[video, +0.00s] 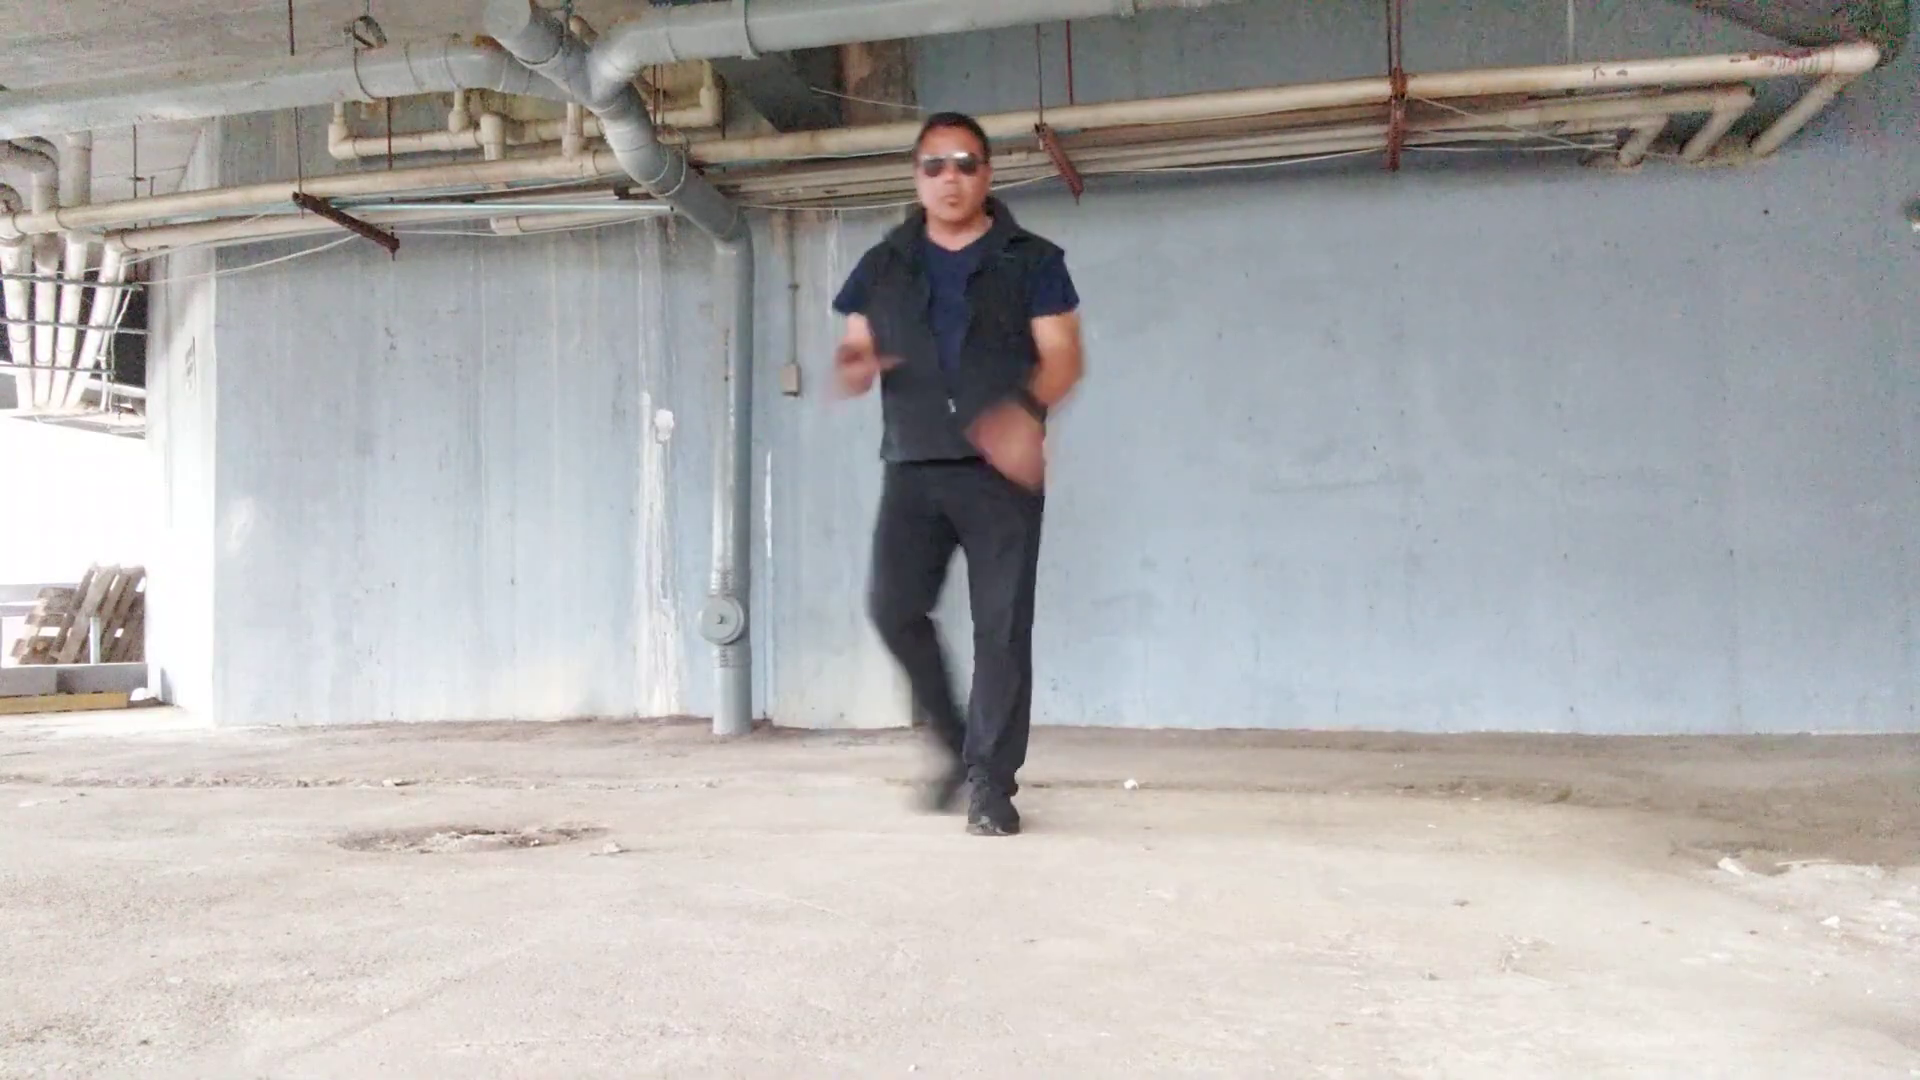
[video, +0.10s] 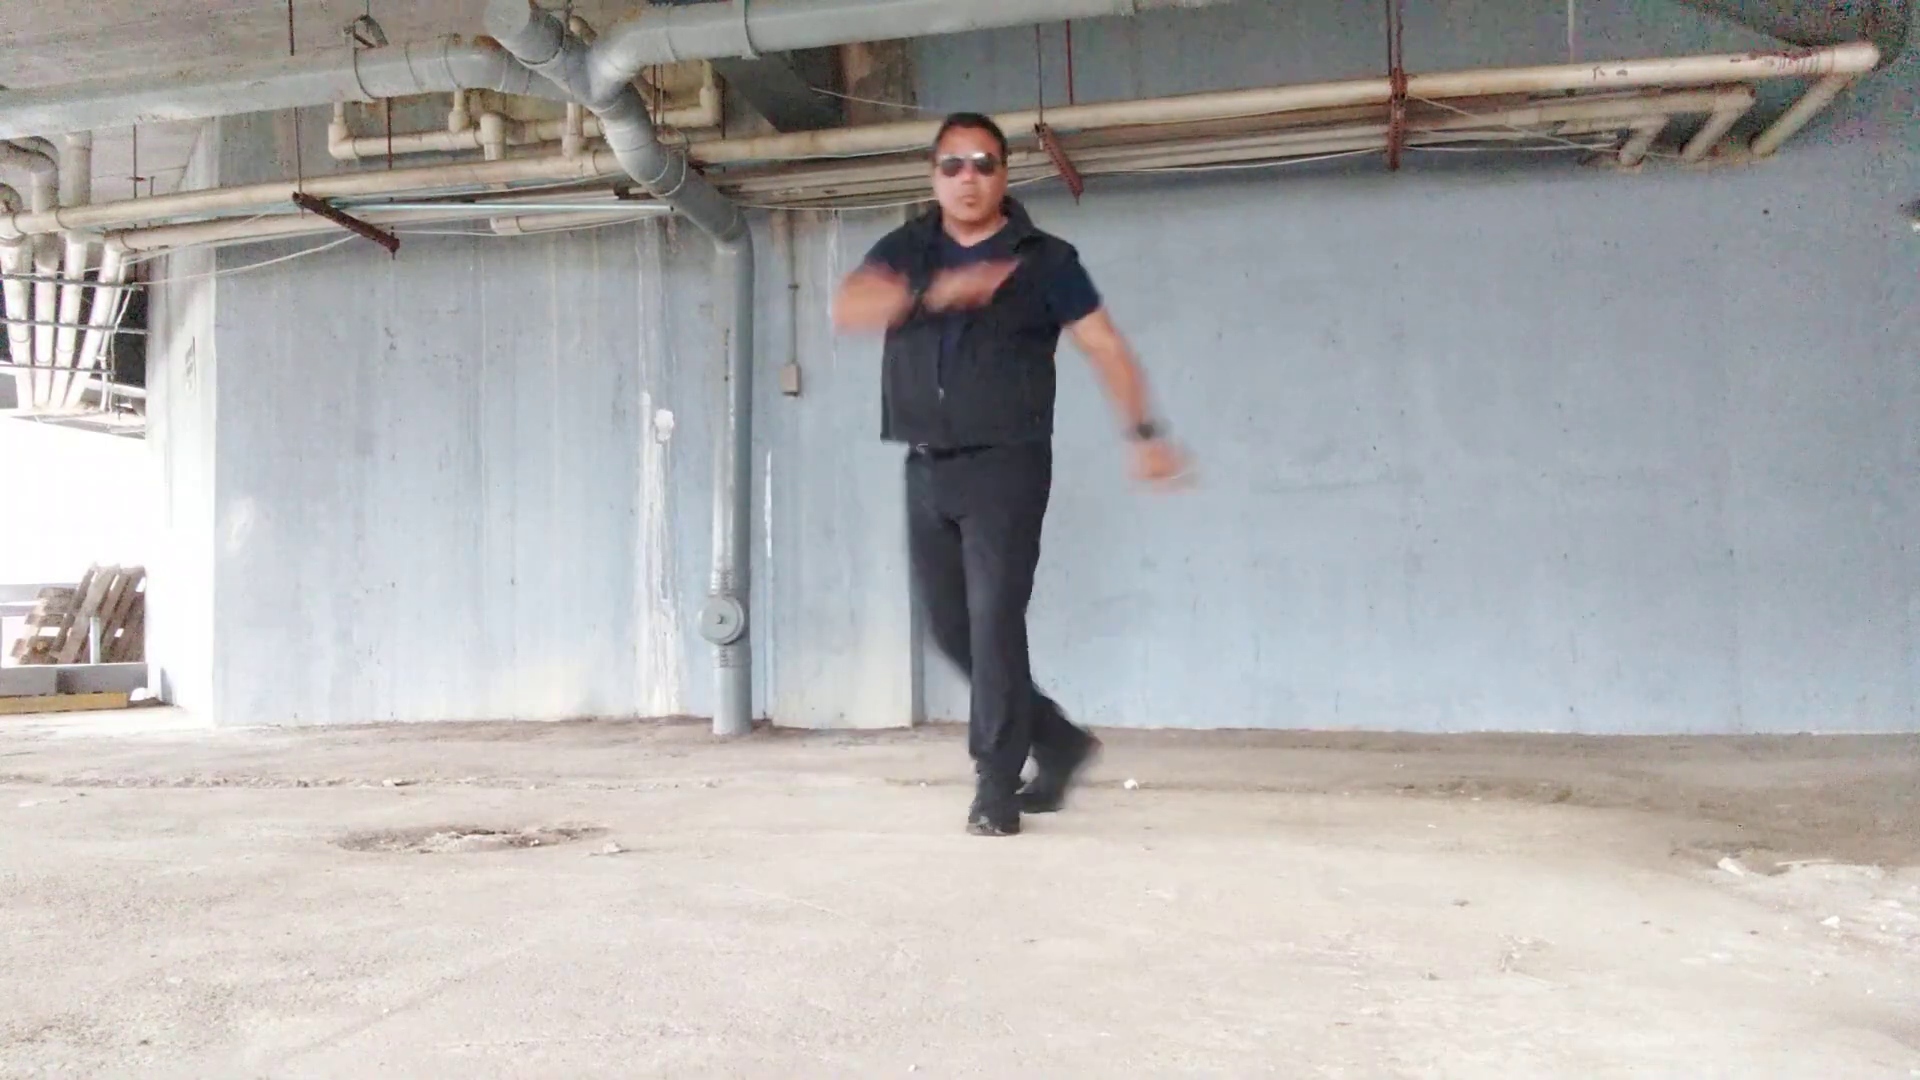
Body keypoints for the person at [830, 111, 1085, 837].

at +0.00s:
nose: (950, 177)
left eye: (965, 165)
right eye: (935, 166)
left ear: (987, 177)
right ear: (915, 180)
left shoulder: (1032, 260)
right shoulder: (885, 263)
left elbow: (1062, 359)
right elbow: (857, 362)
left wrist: (1027, 412)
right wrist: (853, 370)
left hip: (1001, 473)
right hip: (914, 472)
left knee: (1001, 629)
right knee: (894, 608)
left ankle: (992, 781)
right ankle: (961, 745)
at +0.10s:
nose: (967, 177)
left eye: (983, 165)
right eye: (953, 165)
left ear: (1004, 176)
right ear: (933, 175)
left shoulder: (1043, 257)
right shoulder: (908, 249)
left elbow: (1104, 345)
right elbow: (847, 310)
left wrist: (1143, 431)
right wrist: (934, 292)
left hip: (1006, 464)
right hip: (928, 466)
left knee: (992, 618)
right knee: (949, 624)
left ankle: (997, 789)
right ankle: (1059, 739)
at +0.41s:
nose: (1000, 185)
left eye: (1015, 172)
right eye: (985, 171)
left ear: (1035, 182)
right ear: (960, 180)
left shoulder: (1072, 264)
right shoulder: (922, 260)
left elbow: (1124, 351)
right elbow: (882, 354)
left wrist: (1172, 428)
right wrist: (942, 349)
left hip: (1032, 467)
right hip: (946, 473)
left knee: (1032, 613)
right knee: (926, 614)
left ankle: (1063, 771)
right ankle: (1022, 729)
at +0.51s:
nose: (1029, 180)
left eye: (1038, 166)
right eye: (1011, 167)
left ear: (1049, 173)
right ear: (971, 176)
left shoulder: (1071, 256)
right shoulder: (926, 249)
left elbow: (1103, 353)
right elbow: (872, 336)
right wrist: (885, 373)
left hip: (1034, 470)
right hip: (944, 470)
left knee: (1045, 617)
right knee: (914, 599)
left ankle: (1062, 780)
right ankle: (944, 769)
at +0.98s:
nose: (900, 192)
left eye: (916, 177)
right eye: (888, 178)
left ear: (952, 173)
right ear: (876, 177)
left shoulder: (1001, 240)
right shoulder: (858, 250)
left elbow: (1079, 315)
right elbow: (837, 360)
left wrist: (1076, 316)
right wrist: (922, 337)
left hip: (970, 465)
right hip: (878, 468)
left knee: (979, 615)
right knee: (876, 619)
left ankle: (929, 735)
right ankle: (904, 780)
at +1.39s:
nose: (939, 186)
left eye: (953, 171)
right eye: (922, 172)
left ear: (975, 176)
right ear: (899, 180)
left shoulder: (1018, 252)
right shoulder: (865, 261)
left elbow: (1053, 353)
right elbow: (831, 367)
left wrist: (1032, 361)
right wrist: (882, 385)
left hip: (986, 472)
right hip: (893, 478)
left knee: (1011, 579)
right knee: (881, 626)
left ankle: (950, 645)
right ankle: (906, 782)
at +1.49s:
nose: (949, 172)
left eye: (962, 157)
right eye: (931, 160)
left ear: (980, 164)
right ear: (905, 169)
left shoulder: (1027, 242)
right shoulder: (881, 244)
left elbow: (1083, 330)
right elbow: (841, 333)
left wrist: (1079, 404)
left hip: (1002, 451)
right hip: (907, 460)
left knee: (1037, 549)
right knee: (891, 618)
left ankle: (992, 608)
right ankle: (906, 784)